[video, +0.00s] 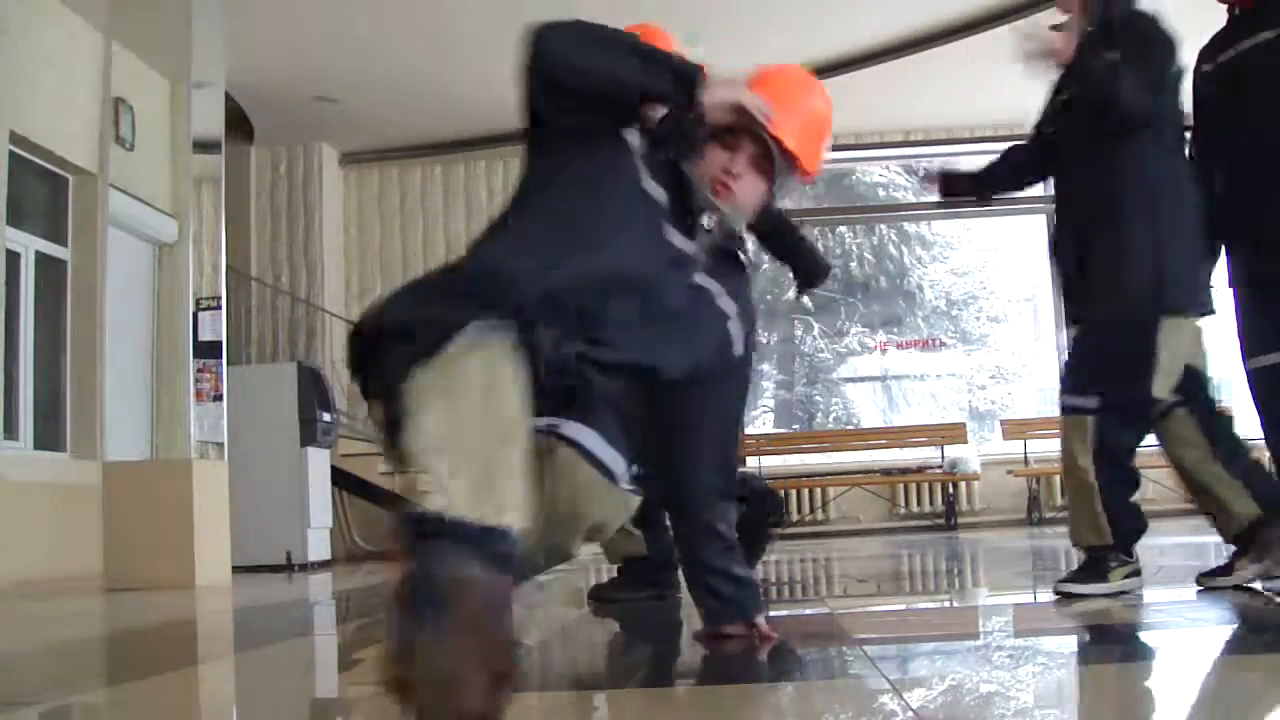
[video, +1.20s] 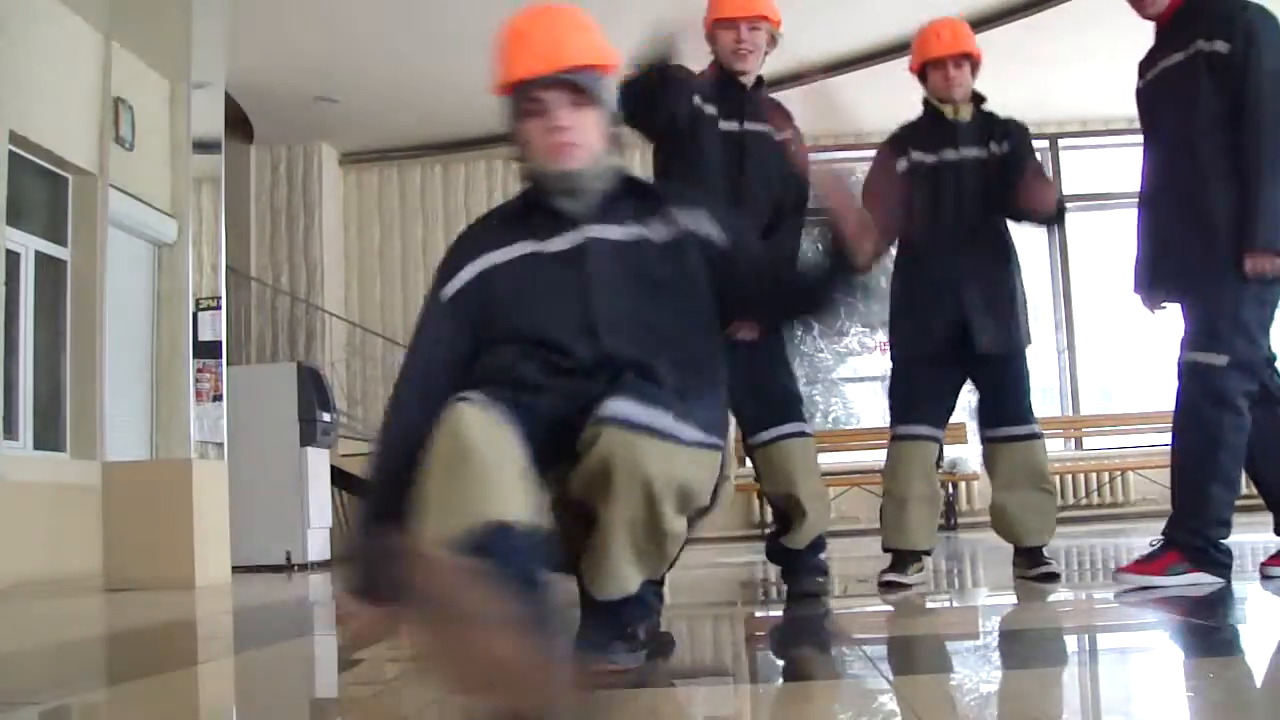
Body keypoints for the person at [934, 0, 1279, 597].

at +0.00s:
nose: (1058, 19)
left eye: (1064, 10)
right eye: (1057, 13)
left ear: (1087, 3)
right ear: (1098, 5)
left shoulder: (1138, 36)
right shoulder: (1087, 66)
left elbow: (1129, 105)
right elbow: (1044, 151)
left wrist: (1084, 52)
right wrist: (967, 184)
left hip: (1148, 268)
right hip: (1119, 273)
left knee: (1089, 409)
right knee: (1178, 407)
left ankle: (1109, 555)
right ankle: (1258, 533)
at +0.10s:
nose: (1024, 5)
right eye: (1021, 1)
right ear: (1028, 9)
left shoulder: (1111, 60)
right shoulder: (1031, 71)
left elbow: (1101, 165)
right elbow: (1009, 171)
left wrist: (1040, 185)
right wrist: (965, 243)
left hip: (1114, 278)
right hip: (1063, 280)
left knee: (1084, 421)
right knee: (1072, 421)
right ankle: (1110, 558)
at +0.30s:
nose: (956, 8)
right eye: (951, 2)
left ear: (1001, 2)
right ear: (949, 13)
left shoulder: (1055, 54)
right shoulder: (942, 88)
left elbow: (1118, 105)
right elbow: (895, 145)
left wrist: (1066, 173)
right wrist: (886, 180)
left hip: (1058, 279)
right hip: (979, 283)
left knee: (1067, 416)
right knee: (956, 414)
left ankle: (1087, 550)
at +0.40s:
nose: (938, 38)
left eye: (950, 24)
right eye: (927, 29)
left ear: (977, 26)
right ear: (918, 39)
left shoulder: (1024, 84)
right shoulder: (901, 121)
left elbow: (1096, 87)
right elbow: (840, 163)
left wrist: (1061, 115)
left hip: (1032, 295)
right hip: (948, 306)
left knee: (1050, 420)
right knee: (922, 427)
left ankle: (1078, 553)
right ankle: (908, 546)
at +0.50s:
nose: (916, 50)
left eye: (926, 37)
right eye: (905, 41)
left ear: (950, 38)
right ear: (893, 49)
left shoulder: (996, 100)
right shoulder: (874, 134)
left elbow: (1050, 140)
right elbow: (815, 190)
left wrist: (1076, 105)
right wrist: (756, 181)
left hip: (1006, 306)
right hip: (924, 316)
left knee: (1035, 416)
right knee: (907, 436)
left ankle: (1069, 543)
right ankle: (909, 555)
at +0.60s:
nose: (899, 55)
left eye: (909, 43)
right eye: (887, 46)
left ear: (931, 43)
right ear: (873, 53)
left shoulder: (979, 104)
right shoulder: (862, 139)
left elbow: (1023, 169)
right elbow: (816, 212)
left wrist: (1058, 155)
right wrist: (766, 232)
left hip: (996, 297)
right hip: (916, 311)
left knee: (1024, 415)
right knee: (909, 434)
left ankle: (1042, 541)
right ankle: (909, 554)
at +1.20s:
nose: (951, 75)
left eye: (960, 64)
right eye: (938, 67)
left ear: (975, 69)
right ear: (921, 75)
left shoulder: (1007, 136)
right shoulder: (901, 146)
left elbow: (1038, 205)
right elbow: (875, 228)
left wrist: (1040, 196)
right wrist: (856, 247)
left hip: (995, 310)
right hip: (924, 313)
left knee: (1013, 427)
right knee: (914, 432)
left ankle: (1030, 546)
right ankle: (906, 552)